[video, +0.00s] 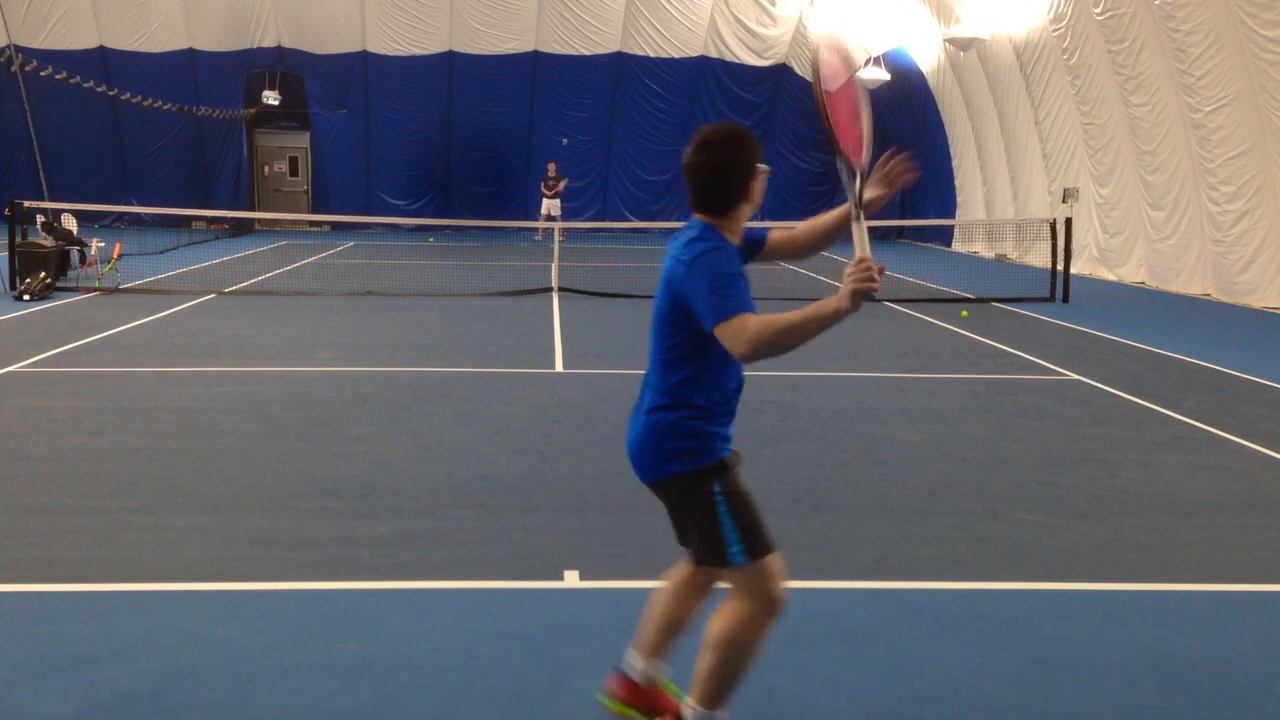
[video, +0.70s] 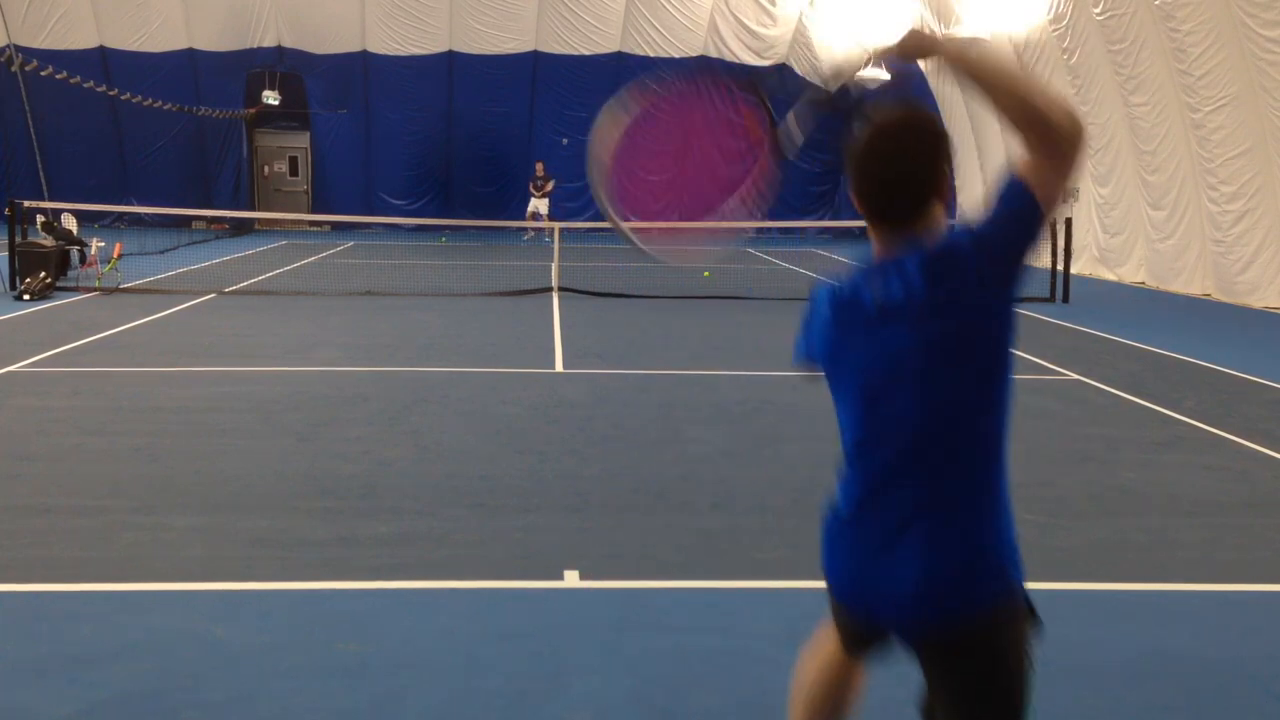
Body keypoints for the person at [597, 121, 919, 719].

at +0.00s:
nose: (766, 174)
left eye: (763, 165)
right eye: (762, 166)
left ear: (699, 185)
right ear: (749, 181)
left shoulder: (714, 237)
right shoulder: (705, 256)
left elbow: (791, 241)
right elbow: (745, 340)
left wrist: (860, 203)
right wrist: (841, 300)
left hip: (671, 436)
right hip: (688, 445)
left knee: (705, 560)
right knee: (762, 593)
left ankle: (637, 675)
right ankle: (700, 711)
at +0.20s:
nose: (826, 224)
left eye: (823, 215)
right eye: (817, 217)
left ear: (769, 227)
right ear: (784, 229)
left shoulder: (758, 286)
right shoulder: (751, 308)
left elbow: (816, 254)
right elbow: (760, 409)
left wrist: (904, 229)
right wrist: (828, 380)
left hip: (729, 506)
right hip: (750, 515)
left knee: (748, 633)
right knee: (834, 679)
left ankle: (672, 715)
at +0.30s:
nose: (855, 204)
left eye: (850, 195)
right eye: (849, 199)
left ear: (773, 221)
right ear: (832, 224)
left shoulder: (767, 284)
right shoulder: (796, 305)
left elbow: (806, 273)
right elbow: (819, 379)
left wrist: (852, 279)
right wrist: (905, 364)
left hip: (764, 498)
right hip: (801, 516)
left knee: (755, 622)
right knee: (859, 693)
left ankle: (689, 711)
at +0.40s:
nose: (865, 150)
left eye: (860, 138)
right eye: (857, 141)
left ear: (779, 163)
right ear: (835, 159)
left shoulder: (759, 247)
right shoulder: (849, 250)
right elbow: (963, 264)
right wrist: (1057, 213)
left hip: (776, 466)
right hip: (842, 481)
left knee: (783, 584)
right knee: (839, 672)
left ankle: (751, 697)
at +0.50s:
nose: (887, 108)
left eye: (881, 98)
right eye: (877, 103)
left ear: (801, 133)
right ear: (849, 131)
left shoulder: (780, 209)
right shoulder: (886, 189)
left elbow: (837, 260)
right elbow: (1024, 147)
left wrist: (910, 241)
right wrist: (1063, 59)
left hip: (799, 453)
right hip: (883, 463)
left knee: (800, 566)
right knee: (895, 668)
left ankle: (776, 683)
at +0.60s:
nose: (916, 112)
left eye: (911, 100)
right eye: (909, 102)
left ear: (825, 131)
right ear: (895, 120)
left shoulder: (811, 227)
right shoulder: (925, 194)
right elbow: (1043, 95)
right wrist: (992, 10)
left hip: (829, 478)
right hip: (924, 490)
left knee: (813, 587)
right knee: (942, 691)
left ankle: (772, 701)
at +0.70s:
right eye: (949, 172)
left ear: (856, 203)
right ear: (945, 191)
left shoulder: (835, 306)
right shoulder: (978, 267)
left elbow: (824, 368)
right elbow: (1058, 134)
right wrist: (945, 49)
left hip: (859, 561)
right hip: (962, 571)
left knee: (844, 640)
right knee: (981, 705)